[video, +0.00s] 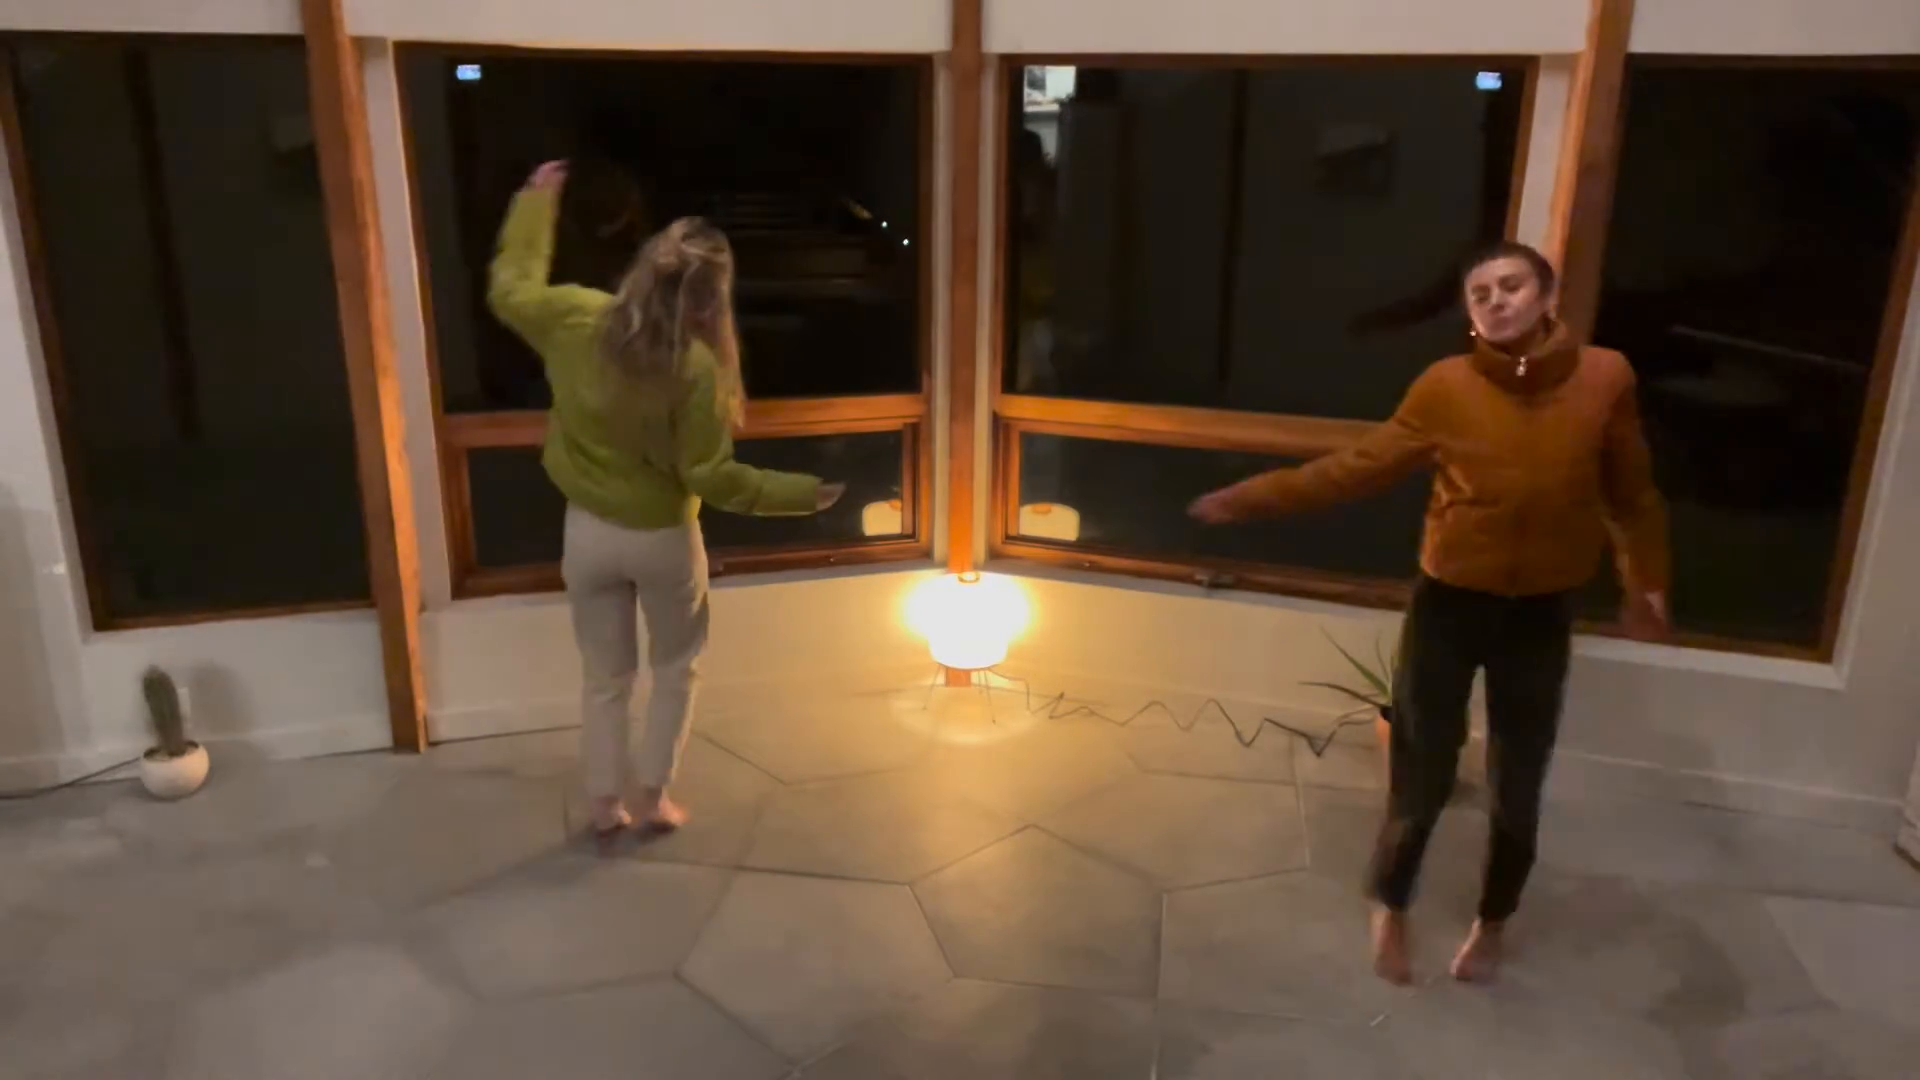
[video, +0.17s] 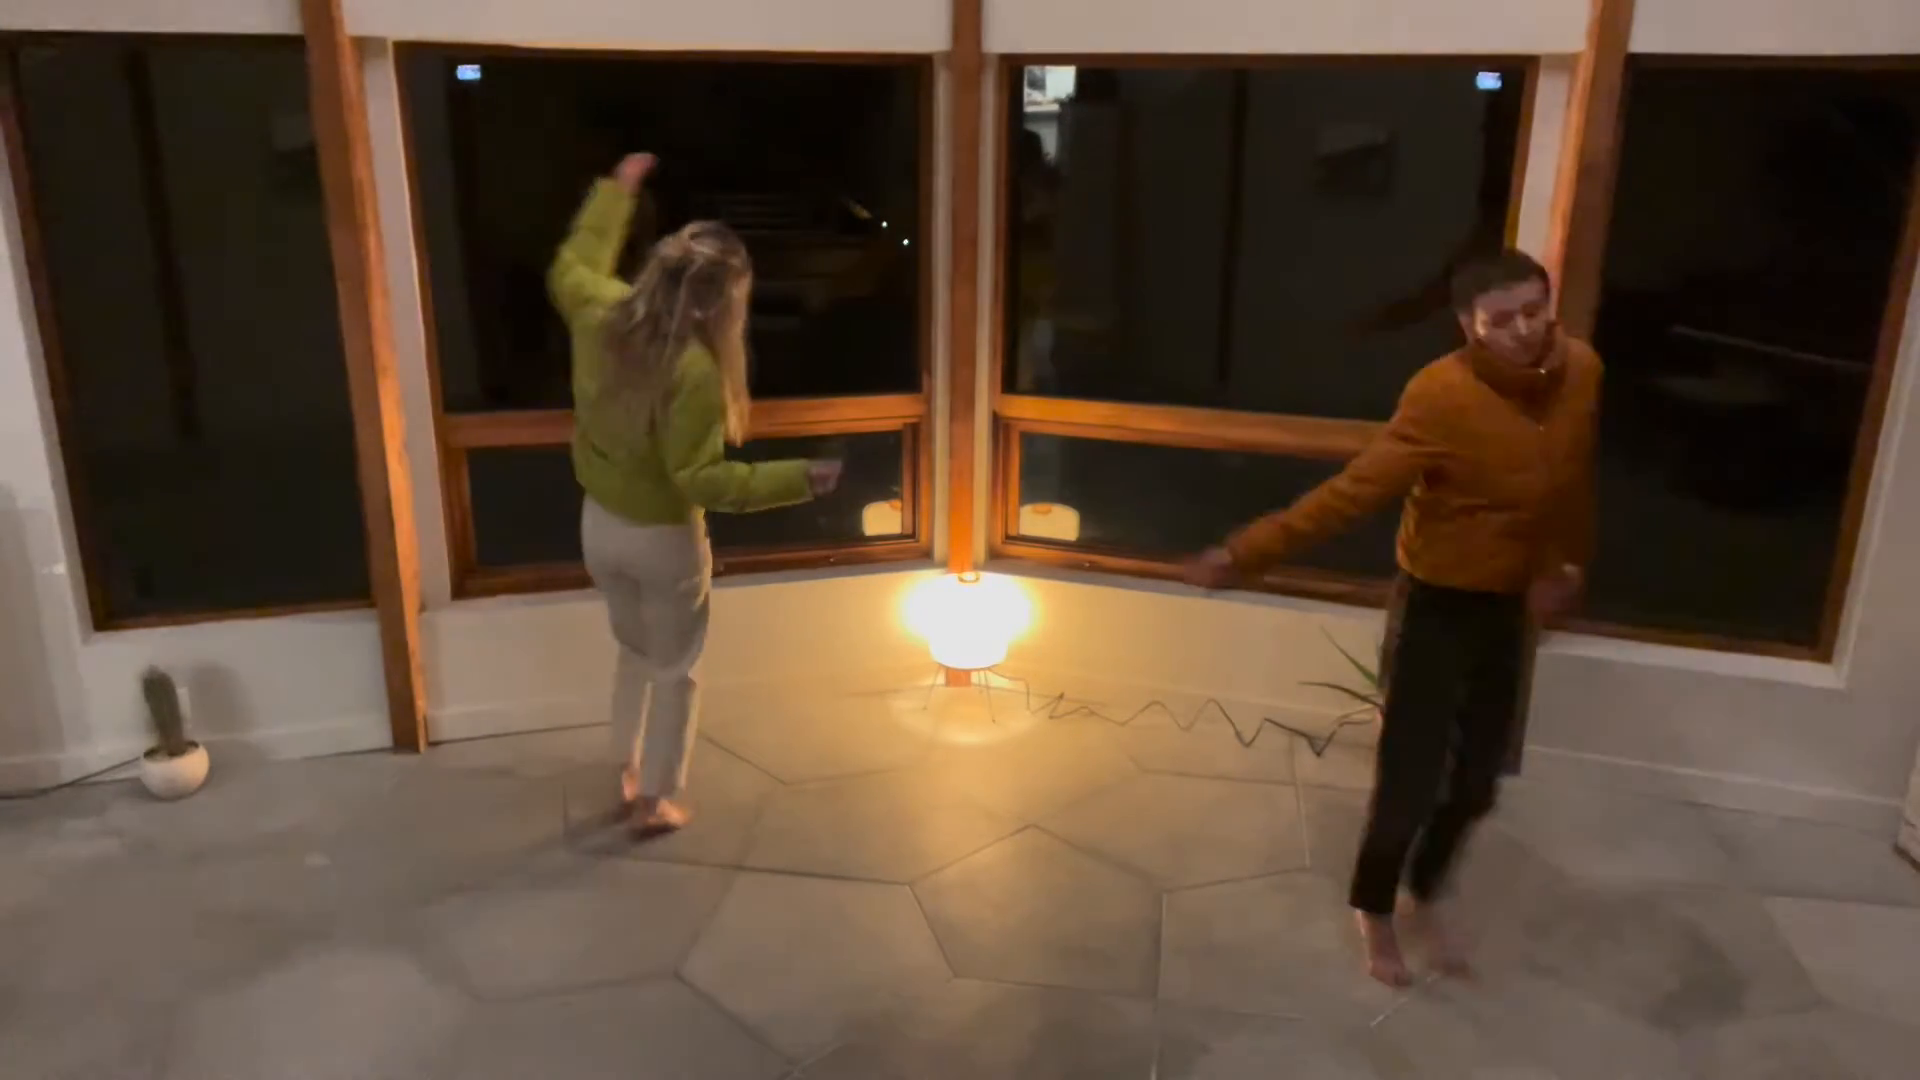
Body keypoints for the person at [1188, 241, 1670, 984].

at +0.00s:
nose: (1495, 303)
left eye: (1510, 287)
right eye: (1480, 295)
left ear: (1548, 294)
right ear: (1468, 312)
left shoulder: (1602, 378)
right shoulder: (1447, 388)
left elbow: (1634, 491)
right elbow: (1360, 465)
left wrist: (1647, 583)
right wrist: (1251, 497)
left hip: (1540, 607)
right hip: (1449, 601)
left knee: (1519, 781)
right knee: (1424, 774)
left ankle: (1492, 922)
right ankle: (1390, 907)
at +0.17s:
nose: (1525, 330)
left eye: (1535, 311)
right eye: (1505, 318)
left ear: (1552, 304)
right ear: (1470, 322)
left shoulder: (1579, 371)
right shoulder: (1441, 394)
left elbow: (1578, 476)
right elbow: (1355, 490)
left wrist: (1571, 560)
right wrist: (1243, 553)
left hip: (1510, 603)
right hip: (1438, 598)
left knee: (1480, 774)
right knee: (1415, 768)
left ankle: (1421, 896)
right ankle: (1372, 905)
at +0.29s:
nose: (1546, 358)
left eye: (1552, 340)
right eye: (1528, 344)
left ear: (1561, 333)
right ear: (1484, 341)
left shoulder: (1532, 392)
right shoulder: (1451, 404)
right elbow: (1388, 510)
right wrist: (1308, 597)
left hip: (1469, 605)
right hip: (1425, 606)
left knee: (1447, 784)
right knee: (1440, 794)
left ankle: (1395, 909)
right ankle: (1368, 917)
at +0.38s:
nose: (1562, 366)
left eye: (1567, 348)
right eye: (1550, 348)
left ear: (1513, 340)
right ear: (1502, 336)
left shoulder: (1482, 381)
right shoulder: (1469, 401)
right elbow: (1422, 520)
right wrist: (1391, 623)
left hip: (1439, 593)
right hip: (1426, 599)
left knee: (1425, 768)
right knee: (1438, 780)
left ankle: (1394, 909)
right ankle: (1374, 924)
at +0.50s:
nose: (1555, 365)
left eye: (1561, 350)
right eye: (1552, 348)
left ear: (1501, 330)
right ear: (1510, 332)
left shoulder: (1440, 365)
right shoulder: (1482, 402)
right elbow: (1468, 534)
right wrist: (1464, 656)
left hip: (1372, 584)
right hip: (1411, 599)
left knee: (1385, 758)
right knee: (1421, 775)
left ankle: (1360, 907)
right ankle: (1364, 929)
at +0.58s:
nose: (1533, 359)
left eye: (1539, 346)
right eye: (1533, 344)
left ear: (1477, 322)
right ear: (1504, 334)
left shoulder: (1414, 362)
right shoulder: (1477, 395)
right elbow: (1498, 531)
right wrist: (1527, 650)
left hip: (1354, 587)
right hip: (1414, 603)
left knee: (1351, 752)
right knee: (1426, 779)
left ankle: (1321, 911)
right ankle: (1367, 929)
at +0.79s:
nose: (1473, 333)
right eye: (1473, 322)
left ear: (1402, 310)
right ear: (1464, 322)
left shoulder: (1345, 364)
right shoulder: (1474, 383)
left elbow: (1311, 472)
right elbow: (1512, 515)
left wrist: (1336, 536)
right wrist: (1554, 620)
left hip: (1337, 586)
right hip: (1421, 598)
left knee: (1322, 746)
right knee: (1400, 764)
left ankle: (1314, 908)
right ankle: (1365, 928)